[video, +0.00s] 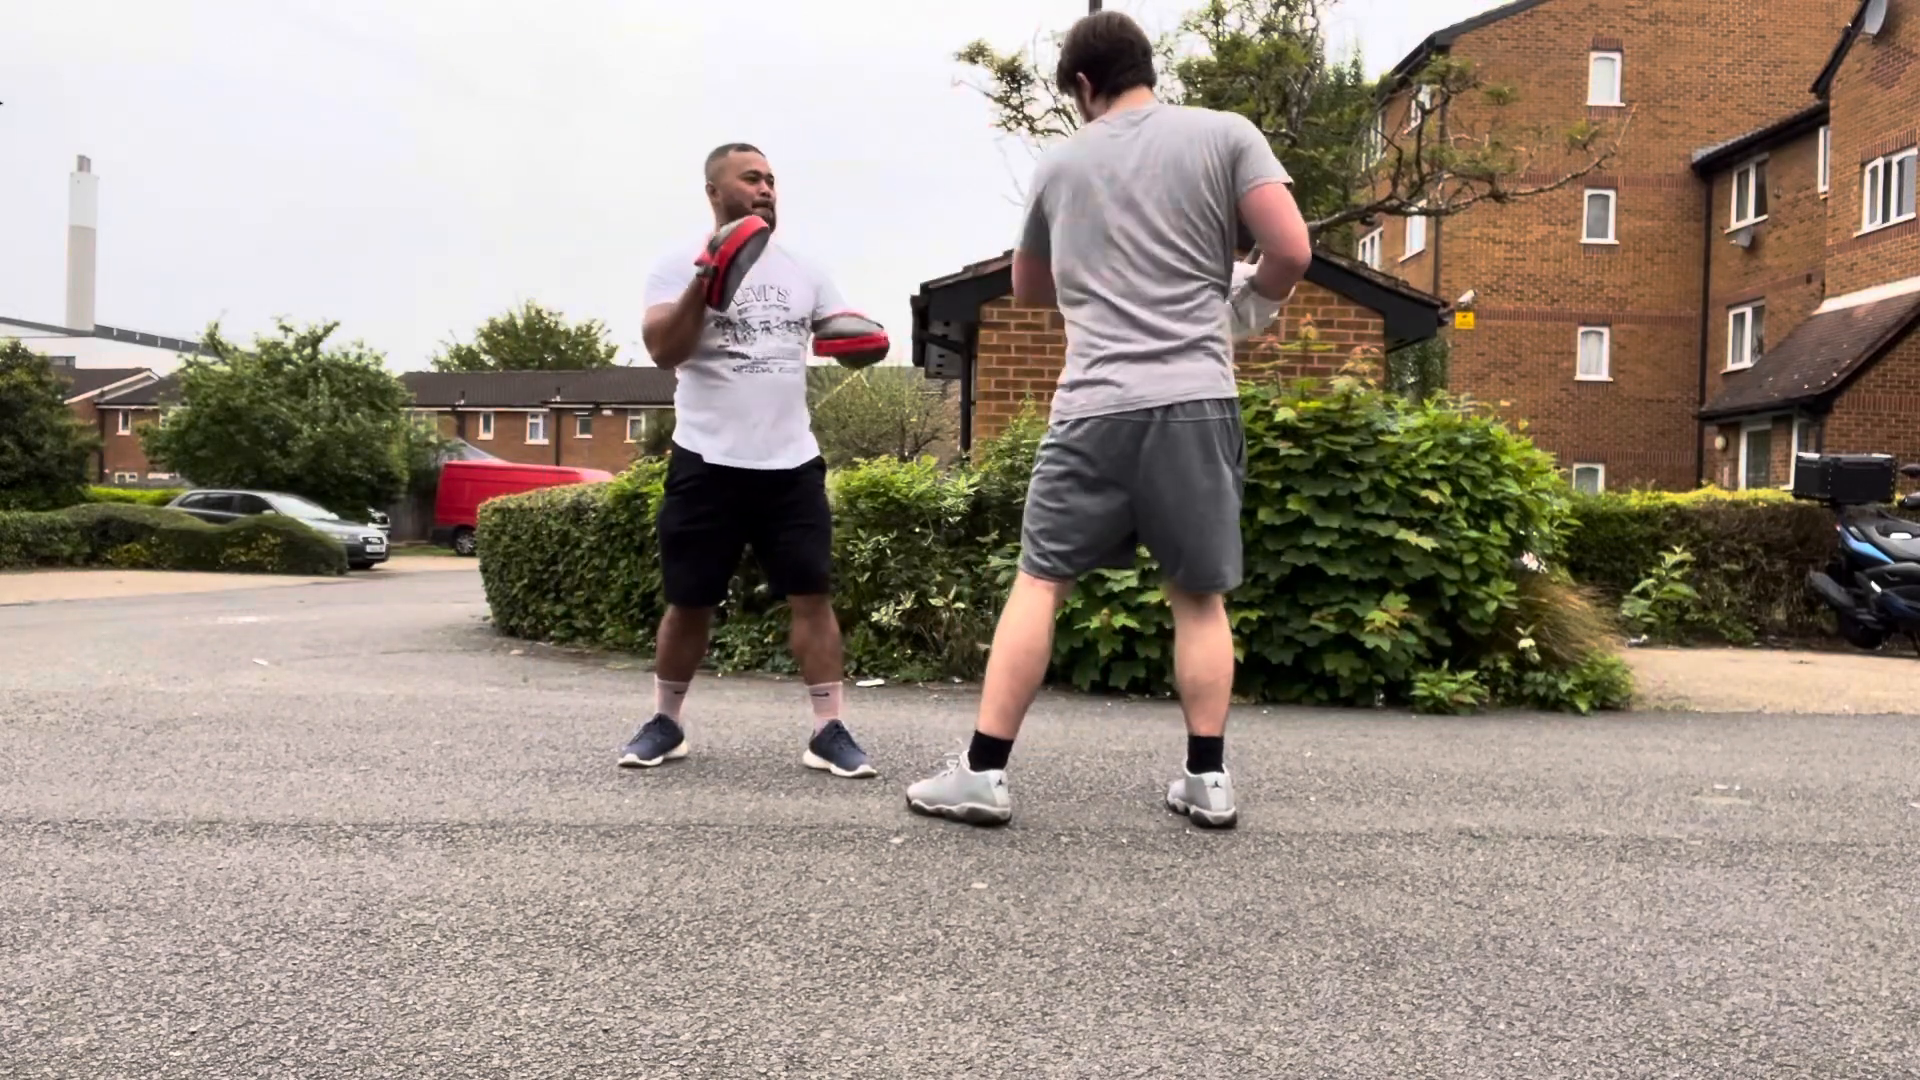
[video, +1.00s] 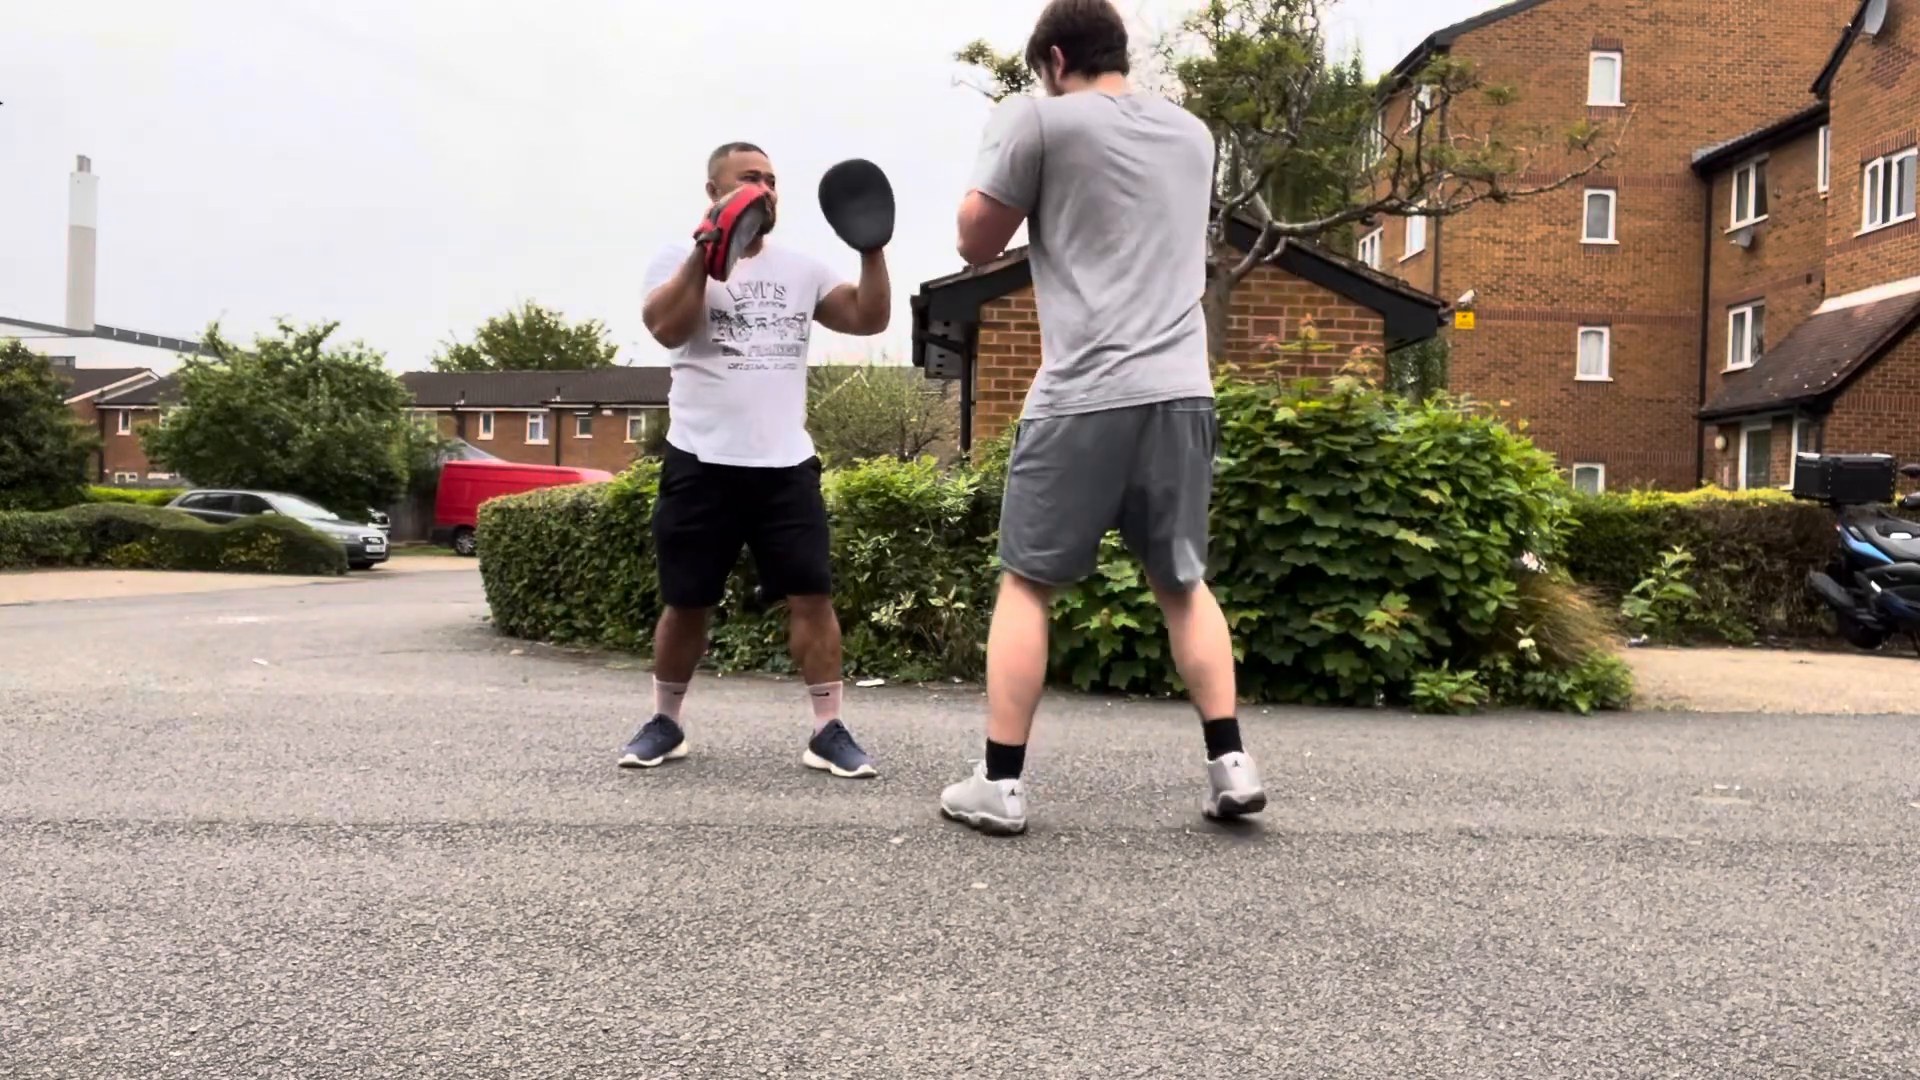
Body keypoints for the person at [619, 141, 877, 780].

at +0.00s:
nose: (767, 187)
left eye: (770, 179)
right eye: (751, 177)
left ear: (776, 195)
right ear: (713, 194)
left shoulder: (802, 268)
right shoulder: (680, 265)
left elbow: (845, 335)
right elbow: (663, 350)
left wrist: (867, 342)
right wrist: (705, 279)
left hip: (791, 459)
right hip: (705, 459)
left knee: (811, 591)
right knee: (687, 599)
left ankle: (829, 727)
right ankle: (665, 721)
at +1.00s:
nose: (765, 188)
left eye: (771, 179)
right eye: (748, 179)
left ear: (780, 194)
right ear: (713, 193)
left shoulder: (800, 265)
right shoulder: (678, 259)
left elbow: (870, 318)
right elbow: (666, 330)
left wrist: (872, 245)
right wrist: (704, 256)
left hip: (786, 461)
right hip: (700, 461)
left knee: (812, 593)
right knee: (684, 600)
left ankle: (828, 727)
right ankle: (665, 721)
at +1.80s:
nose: (801, 200)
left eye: (805, 190)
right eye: (786, 189)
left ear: (812, 205)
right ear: (759, 199)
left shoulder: (825, 284)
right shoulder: (718, 257)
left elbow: (849, 373)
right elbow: (726, 292)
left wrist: (885, 324)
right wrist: (744, 204)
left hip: (804, 463)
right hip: (721, 457)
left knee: (831, 589)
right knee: (696, 601)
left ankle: (846, 728)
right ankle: (666, 721)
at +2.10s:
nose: (822, 182)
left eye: (829, 175)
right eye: (806, 171)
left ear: (838, 193)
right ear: (771, 190)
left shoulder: (861, 254)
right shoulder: (740, 266)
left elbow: (928, 226)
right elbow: (701, 348)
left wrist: (983, 193)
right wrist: (748, 286)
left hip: (832, 464)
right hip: (744, 462)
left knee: (852, 590)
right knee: (706, 593)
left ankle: (849, 729)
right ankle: (673, 715)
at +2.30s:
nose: (824, 186)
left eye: (831, 178)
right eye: (809, 175)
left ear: (839, 194)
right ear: (771, 189)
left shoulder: (864, 265)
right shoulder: (741, 261)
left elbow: (933, 328)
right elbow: (694, 329)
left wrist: (945, 277)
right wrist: (733, 256)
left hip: (837, 465)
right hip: (749, 464)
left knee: (857, 590)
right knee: (722, 599)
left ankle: (853, 727)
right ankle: (698, 718)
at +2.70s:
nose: (821, 200)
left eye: (832, 189)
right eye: (809, 187)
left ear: (847, 200)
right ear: (783, 194)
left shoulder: (861, 281)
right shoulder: (750, 261)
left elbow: (893, 366)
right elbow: (707, 334)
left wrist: (945, 331)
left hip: (834, 463)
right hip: (750, 459)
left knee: (857, 587)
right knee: (725, 598)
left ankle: (852, 729)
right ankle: (699, 720)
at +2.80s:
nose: (814, 192)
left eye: (823, 185)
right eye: (800, 181)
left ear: (831, 200)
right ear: (764, 190)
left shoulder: (856, 274)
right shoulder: (731, 269)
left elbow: (900, 337)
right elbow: (684, 360)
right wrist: (713, 295)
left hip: (835, 467)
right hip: (748, 467)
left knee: (855, 590)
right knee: (722, 601)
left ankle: (851, 729)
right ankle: (700, 721)